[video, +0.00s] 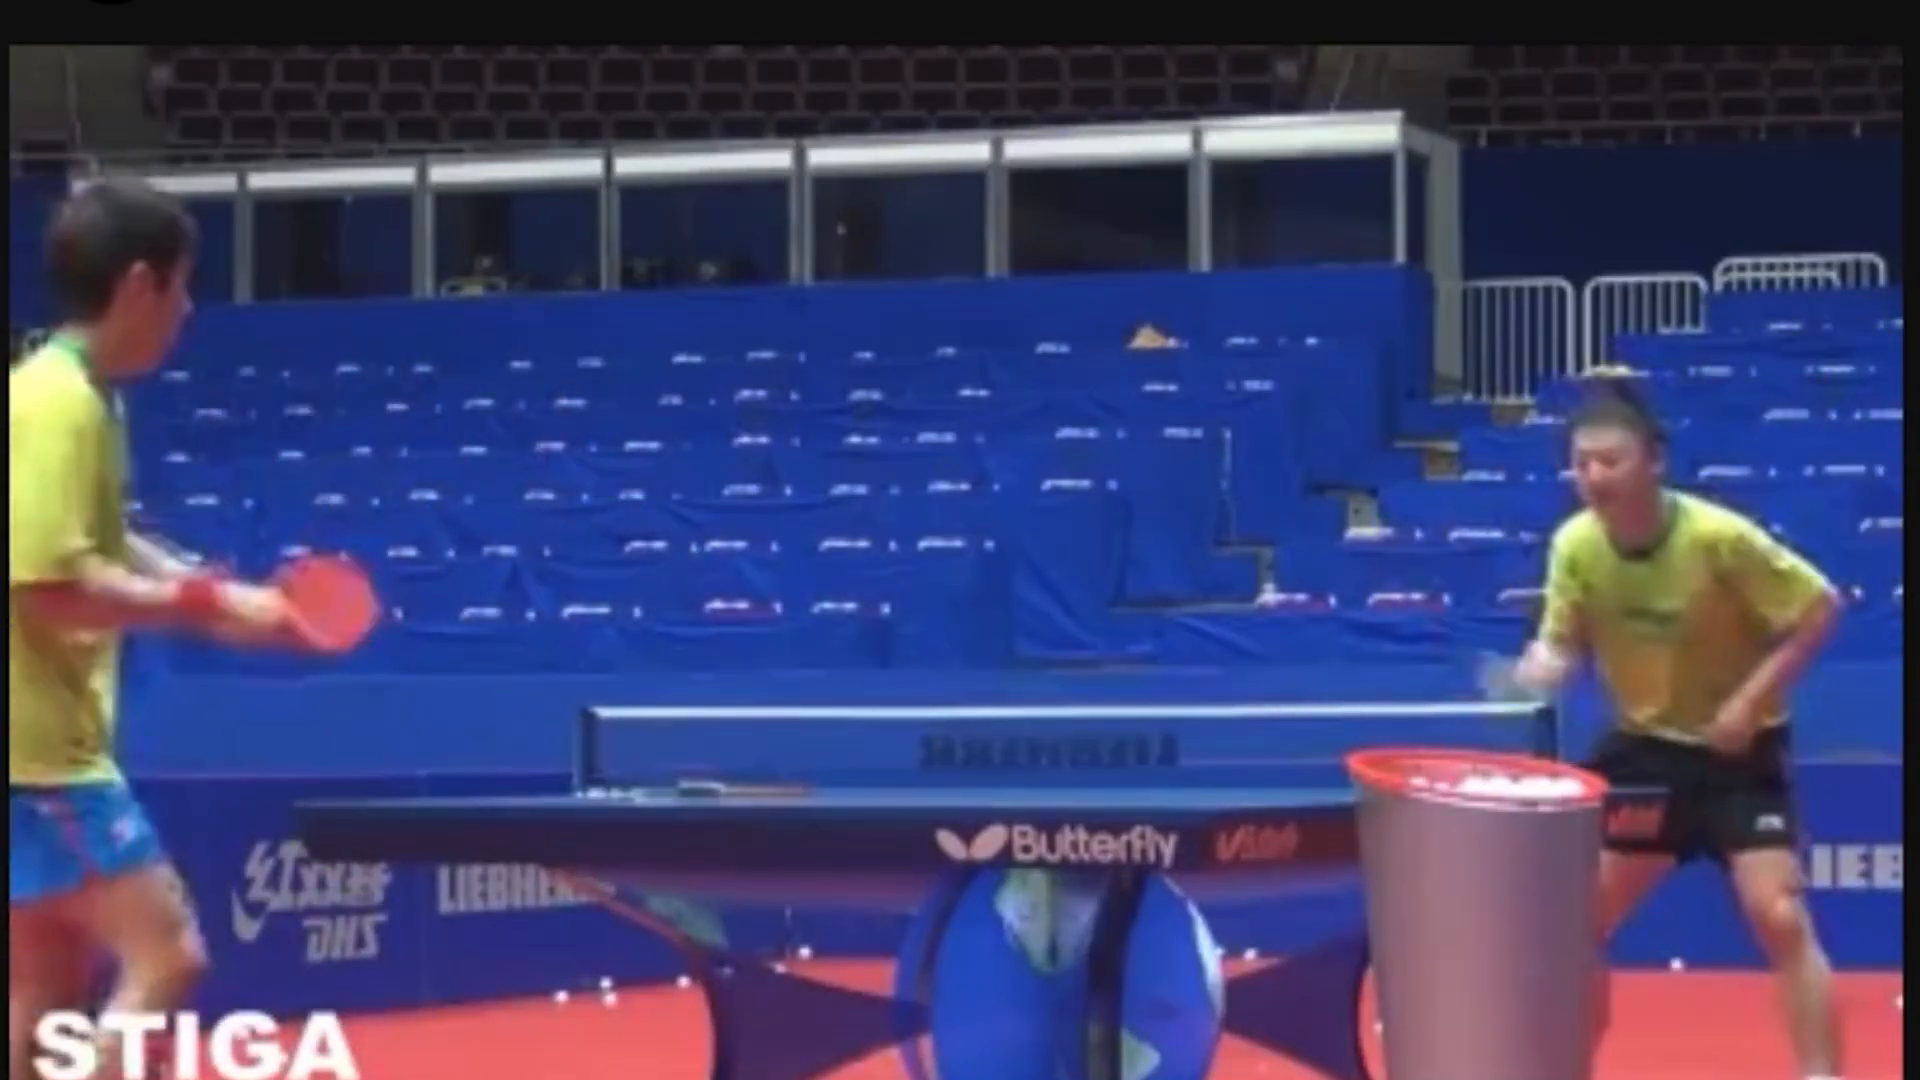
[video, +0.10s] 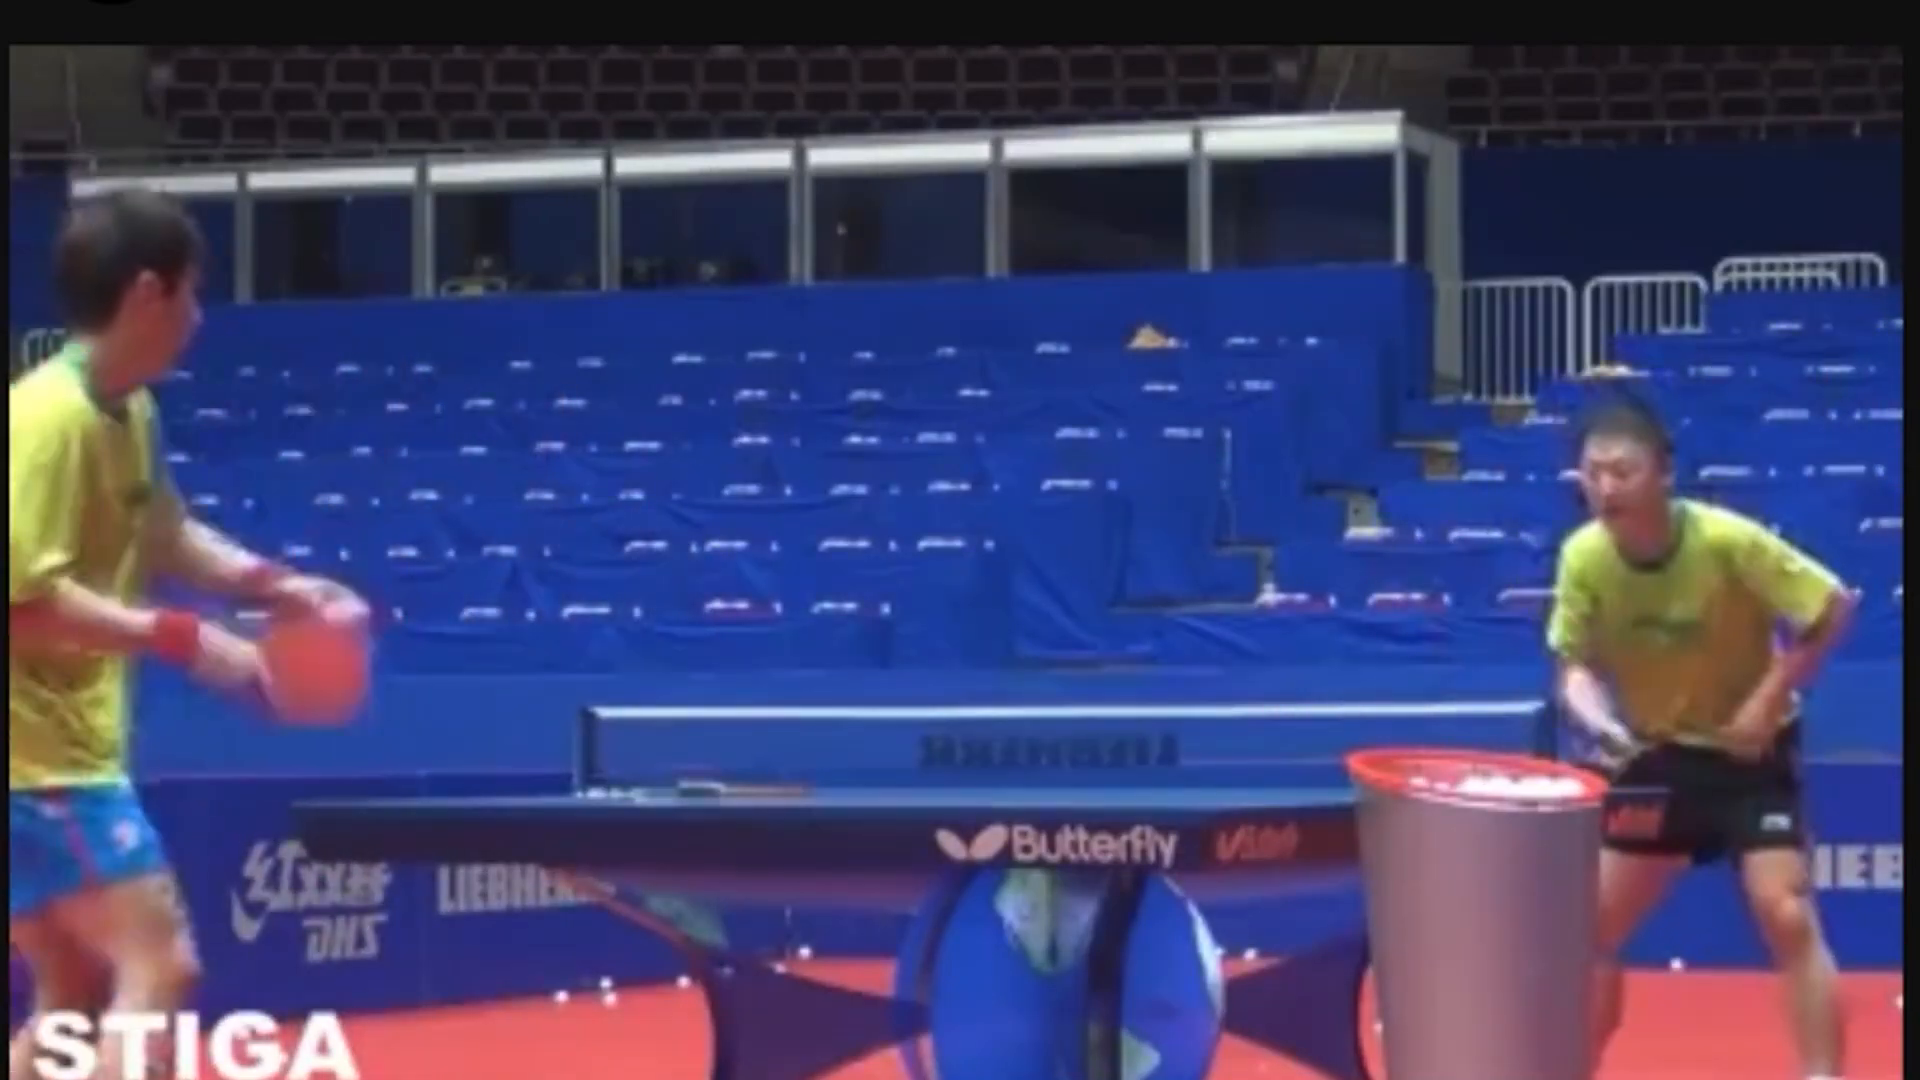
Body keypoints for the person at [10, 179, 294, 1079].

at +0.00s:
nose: (187, 312)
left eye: (186, 288)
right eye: (180, 287)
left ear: (120, 288)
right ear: (135, 287)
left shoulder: (77, 398)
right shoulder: (53, 402)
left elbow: (105, 546)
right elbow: (49, 590)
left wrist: (228, 595)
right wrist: (205, 607)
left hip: (47, 751)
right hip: (42, 757)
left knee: (44, 979)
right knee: (165, 953)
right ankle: (87, 1077)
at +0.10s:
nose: (194, 319)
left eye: (195, 297)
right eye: (190, 295)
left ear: (129, 296)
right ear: (148, 293)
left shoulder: (128, 407)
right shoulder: (47, 419)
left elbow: (164, 536)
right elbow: (27, 598)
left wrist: (273, 585)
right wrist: (179, 638)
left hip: (67, 753)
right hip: (44, 761)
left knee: (70, 996)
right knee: (160, 968)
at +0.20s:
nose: (209, 328)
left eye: (208, 306)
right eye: (200, 305)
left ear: (146, 308)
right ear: (153, 306)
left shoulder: (160, 419)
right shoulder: (52, 435)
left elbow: (216, 530)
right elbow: (26, 623)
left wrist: (324, 578)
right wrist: (157, 696)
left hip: (99, 756)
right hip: (48, 764)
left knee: (86, 996)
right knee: (143, 984)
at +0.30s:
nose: (231, 343)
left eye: (231, 322)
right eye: (223, 320)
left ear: (170, 325)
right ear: (172, 324)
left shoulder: (199, 435)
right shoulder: (57, 465)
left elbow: (288, 520)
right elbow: (20, 670)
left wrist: (411, 570)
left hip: (136, 782)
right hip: (77, 790)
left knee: (112, 1001)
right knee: (190, 981)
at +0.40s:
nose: (255, 362)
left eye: (255, 341)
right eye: (248, 339)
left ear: (193, 345)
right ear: (193, 344)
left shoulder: (228, 442)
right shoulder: (61, 490)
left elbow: (323, 504)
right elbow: (12, 674)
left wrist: (467, 532)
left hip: (153, 773)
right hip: (71, 779)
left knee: (141, 1016)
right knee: (224, 985)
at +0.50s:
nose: (272, 391)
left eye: (271, 370)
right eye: (266, 368)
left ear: (213, 376)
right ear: (212, 375)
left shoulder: (249, 460)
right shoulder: (72, 517)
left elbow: (350, 501)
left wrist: (516, 497)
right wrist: (42, 720)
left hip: (166, 790)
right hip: (82, 794)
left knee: (159, 1026)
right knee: (252, 992)